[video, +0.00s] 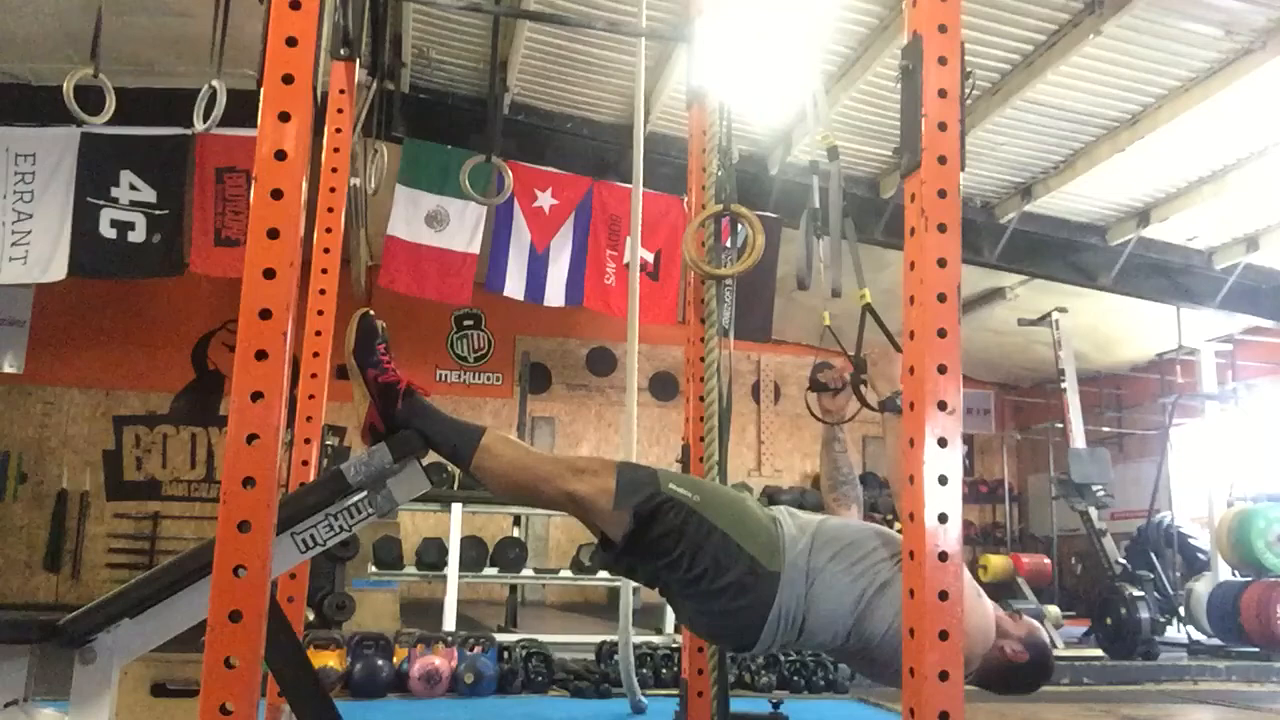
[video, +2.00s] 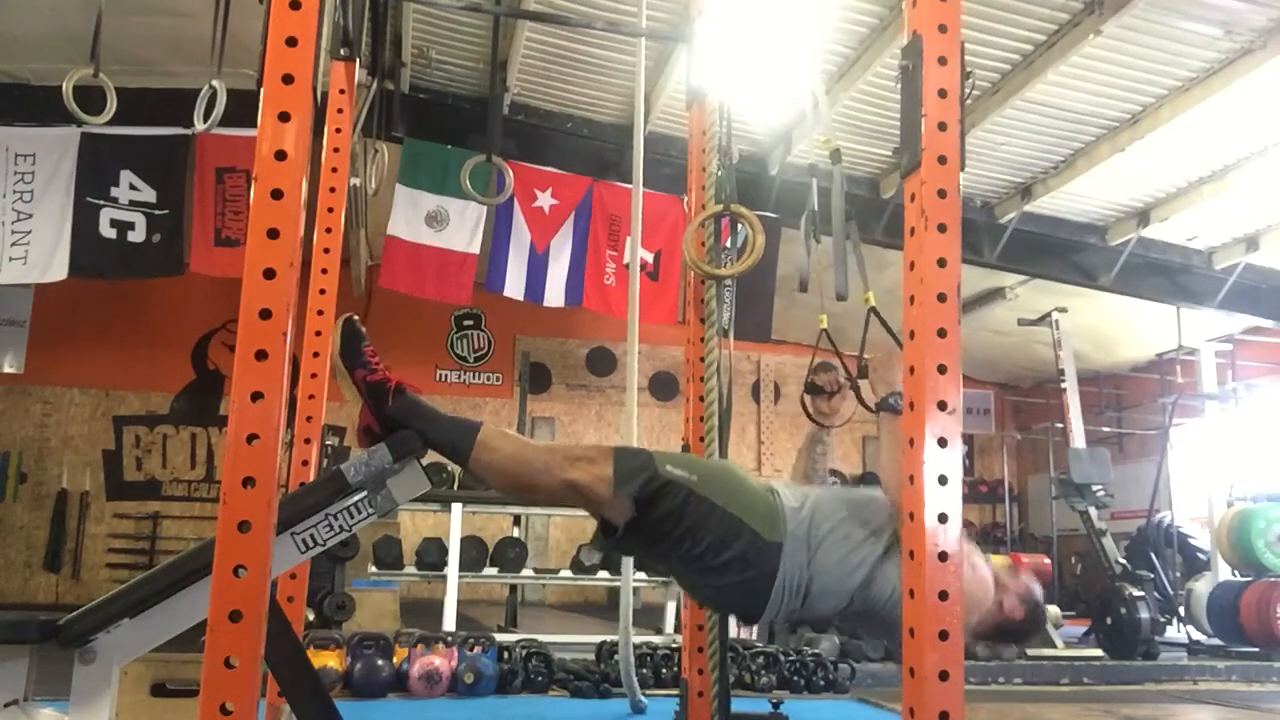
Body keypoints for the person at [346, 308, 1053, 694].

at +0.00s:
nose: (1015, 622)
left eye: (1019, 636)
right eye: (1024, 625)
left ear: (999, 656)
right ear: (1000, 632)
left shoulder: (968, 624)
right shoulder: (936, 621)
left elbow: (929, 537)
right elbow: (847, 512)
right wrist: (835, 415)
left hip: (764, 563)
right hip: (761, 552)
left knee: (596, 482)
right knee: (585, 488)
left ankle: (404, 406)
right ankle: (412, 444)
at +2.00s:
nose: (1017, 568)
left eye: (1024, 583)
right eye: (1025, 569)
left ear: (1007, 613)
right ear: (1002, 566)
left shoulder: (966, 596)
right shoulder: (947, 564)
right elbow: (859, 499)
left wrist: (934, 454)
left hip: (771, 549)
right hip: (766, 522)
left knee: (606, 479)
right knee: (600, 470)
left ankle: (402, 412)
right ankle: (416, 432)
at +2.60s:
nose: (1002, 435)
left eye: (1010, 449)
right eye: (1008, 433)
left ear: (1002, 472)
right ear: (994, 428)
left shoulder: (957, 481)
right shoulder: (944, 432)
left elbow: (889, 466)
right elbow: (874, 428)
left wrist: (891, 380)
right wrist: (879, 366)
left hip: (765, 432)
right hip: (755, 428)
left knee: (590, 338)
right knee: (579, 348)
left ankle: (392, 411)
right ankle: (399, 411)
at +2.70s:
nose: (956, 443)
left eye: (966, 458)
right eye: (965, 444)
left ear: (950, 492)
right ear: (943, 437)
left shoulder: (898, 492)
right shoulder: (891, 440)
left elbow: (860, 469)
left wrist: (865, 387)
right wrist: (858, 359)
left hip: (722, 402)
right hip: (710, 430)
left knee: (560, 312)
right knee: (549, 354)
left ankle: (374, 408)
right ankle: (380, 410)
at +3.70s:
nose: (718, 372)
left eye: (728, 385)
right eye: (729, 378)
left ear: (717, 415)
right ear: (715, 415)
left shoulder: (670, 427)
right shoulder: (658, 397)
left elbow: (589, 428)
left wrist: (623, 342)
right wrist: (625, 333)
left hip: (465, 345)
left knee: (314, 249)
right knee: (315, 297)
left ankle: (299, 415)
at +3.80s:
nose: (729, 381)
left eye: (739, 394)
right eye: (742, 387)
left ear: (727, 424)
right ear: (724, 419)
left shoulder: (682, 435)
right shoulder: (671, 394)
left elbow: (597, 429)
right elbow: (633, 325)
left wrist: (635, 349)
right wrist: (651, 346)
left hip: (476, 352)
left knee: (324, 246)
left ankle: (298, 416)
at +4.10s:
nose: (802, 427)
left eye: (810, 441)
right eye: (811, 432)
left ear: (803, 464)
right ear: (801, 448)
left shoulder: (758, 470)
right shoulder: (739, 452)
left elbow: (676, 455)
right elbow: (596, 475)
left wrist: (705, 373)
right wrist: (709, 367)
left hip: (561, 367)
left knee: (396, 250)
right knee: (388, 301)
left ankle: (319, 425)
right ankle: (317, 425)